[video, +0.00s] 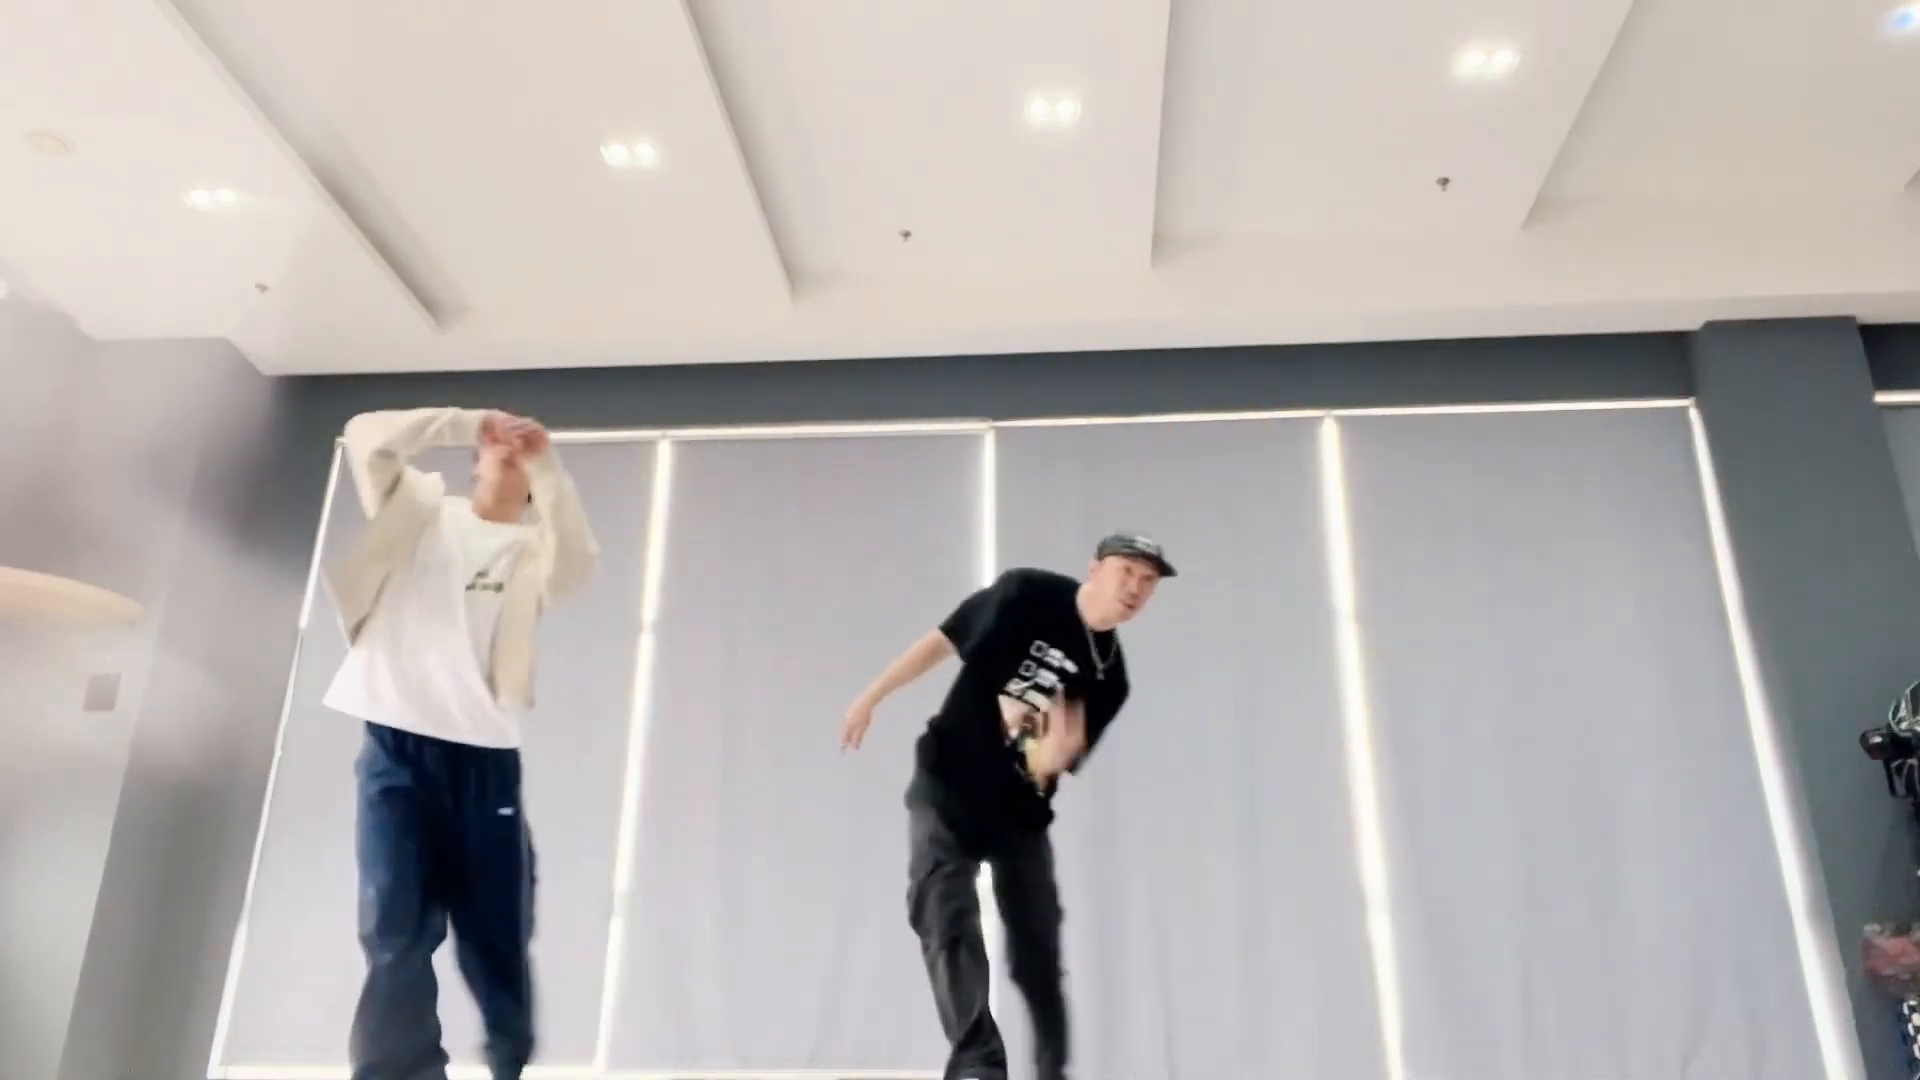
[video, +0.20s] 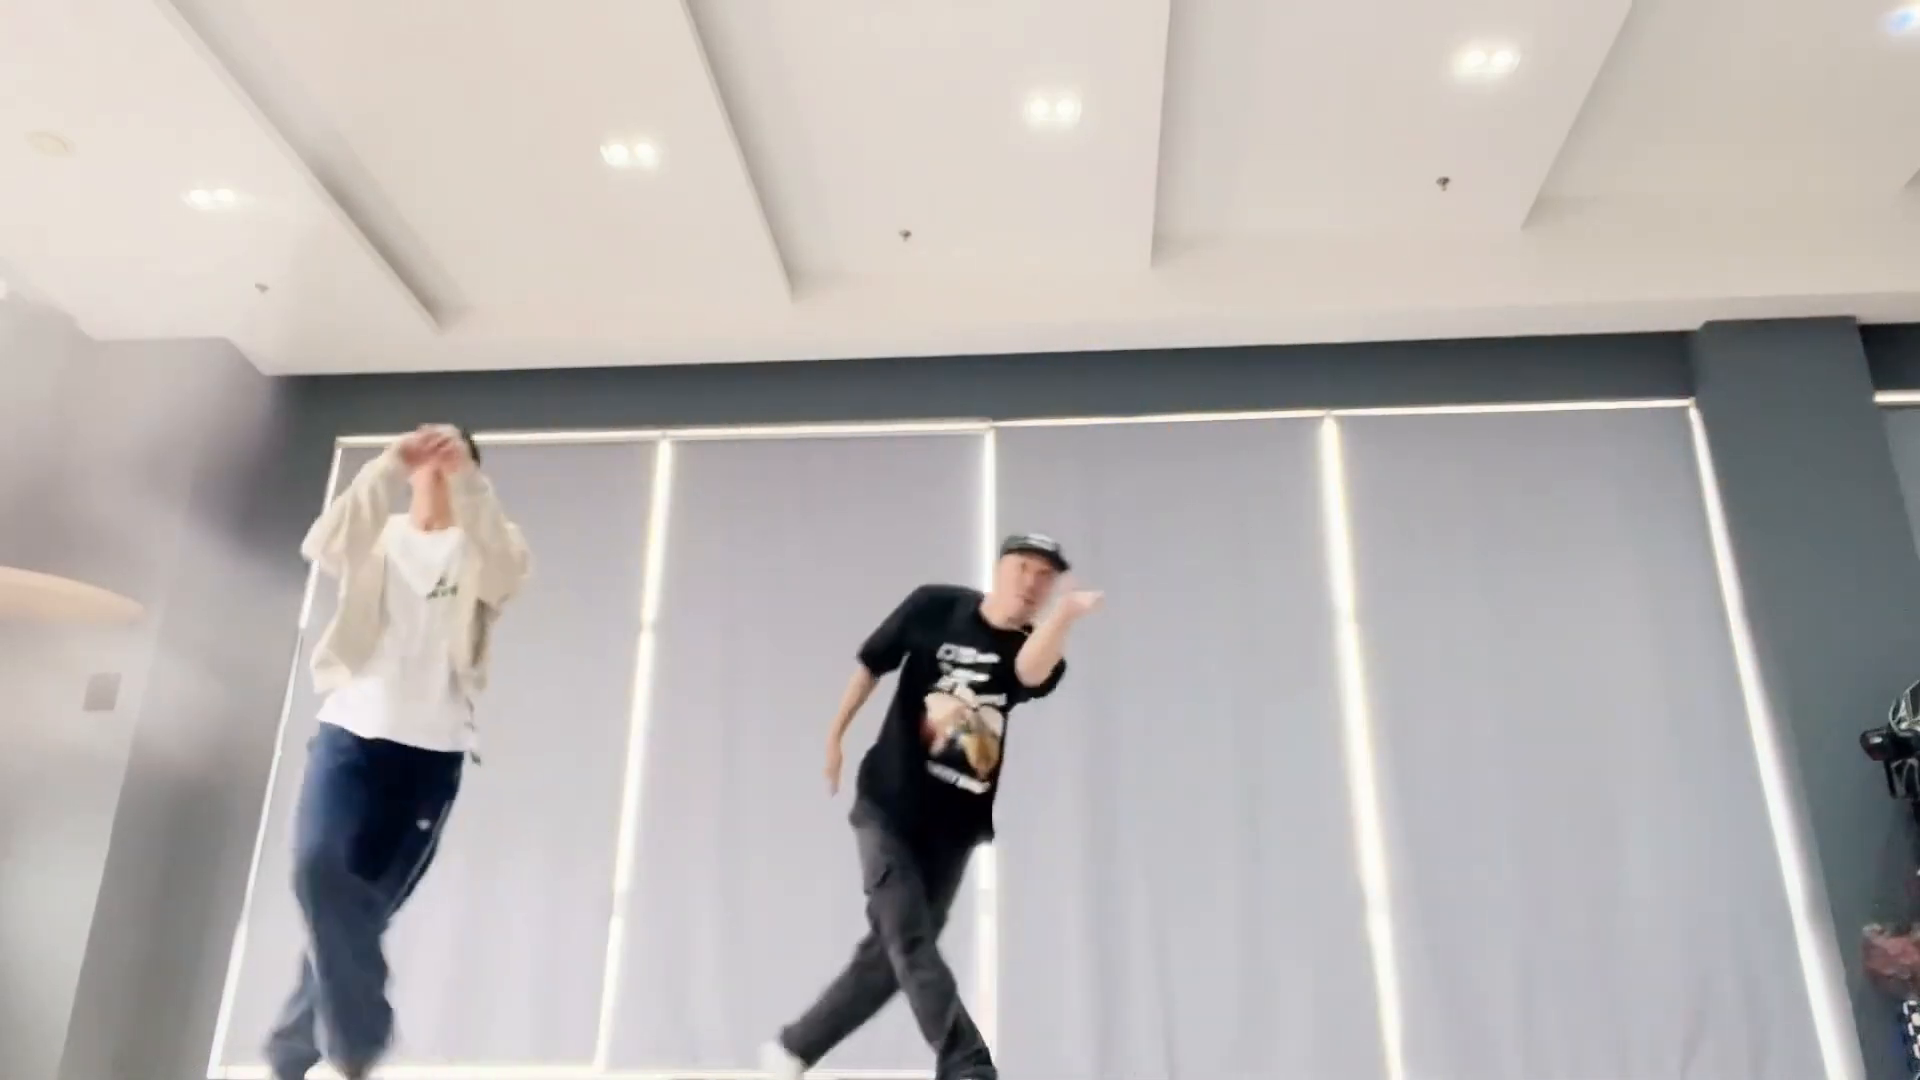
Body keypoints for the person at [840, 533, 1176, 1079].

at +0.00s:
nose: (1136, 591)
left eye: (1148, 584)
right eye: (1128, 574)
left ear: (1151, 595)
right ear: (1095, 568)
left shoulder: (1111, 682)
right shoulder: (1024, 594)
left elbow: (1048, 770)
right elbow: (942, 644)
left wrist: (1048, 757)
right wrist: (870, 698)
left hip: (1020, 804)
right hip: (951, 779)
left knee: (1036, 949)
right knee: (946, 916)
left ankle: (1052, 1069)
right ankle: (977, 1064)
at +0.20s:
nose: (1032, 584)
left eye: (1044, 577)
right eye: (1024, 569)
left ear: (1050, 591)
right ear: (998, 569)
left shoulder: (1036, 655)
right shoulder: (934, 607)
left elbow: (1030, 672)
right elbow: (872, 665)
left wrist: (1063, 615)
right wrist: (835, 737)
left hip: (956, 824)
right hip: (890, 799)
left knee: (895, 948)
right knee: (907, 932)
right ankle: (967, 1067)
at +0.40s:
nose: (946, 585)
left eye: (959, 577)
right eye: (936, 573)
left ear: (971, 592)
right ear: (914, 580)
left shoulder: (984, 683)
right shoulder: (869, 651)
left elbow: (952, 780)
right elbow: (830, 743)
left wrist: (890, 767)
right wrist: (843, 753)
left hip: (925, 831)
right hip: (857, 804)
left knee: (866, 963)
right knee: (843, 880)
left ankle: (769, 1050)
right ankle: (795, 1041)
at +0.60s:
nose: (921, 583)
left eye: (933, 574)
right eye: (909, 575)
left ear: (953, 588)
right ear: (892, 591)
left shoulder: (993, 670)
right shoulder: (870, 663)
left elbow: (1019, 761)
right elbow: (817, 748)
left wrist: (939, 804)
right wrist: (824, 682)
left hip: (972, 852)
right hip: (880, 857)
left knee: (1042, 908)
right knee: (816, 952)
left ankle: (970, 979)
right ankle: (753, 1070)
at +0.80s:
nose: (1029, 534)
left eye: (1039, 525)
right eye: (1016, 526)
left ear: (1057, 538)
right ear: (998, 544)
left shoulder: (1100, 614)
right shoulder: (978, 621)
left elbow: (1137, 708)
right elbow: (925, 665)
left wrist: (1079, 735)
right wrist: (866, 603)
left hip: (1116, 831)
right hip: (1017, 834)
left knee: (1211, 923)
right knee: (927, 934)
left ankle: (1297, 1067)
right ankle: (832, 1051)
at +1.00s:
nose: (1116, 492)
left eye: (1125, 485)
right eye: (1102, 485)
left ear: (1139, 505)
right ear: (1077, 507)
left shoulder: (1182, 582)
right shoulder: (1059, 596)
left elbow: (1200, 669)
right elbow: (1075, 686)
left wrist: (1148, 593)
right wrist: (1143, 743)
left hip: (1208, 775)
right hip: (1115, 783)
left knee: (1289, 901)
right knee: (1082, 922)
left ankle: (1324, 1069)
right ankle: (1069, 1060)